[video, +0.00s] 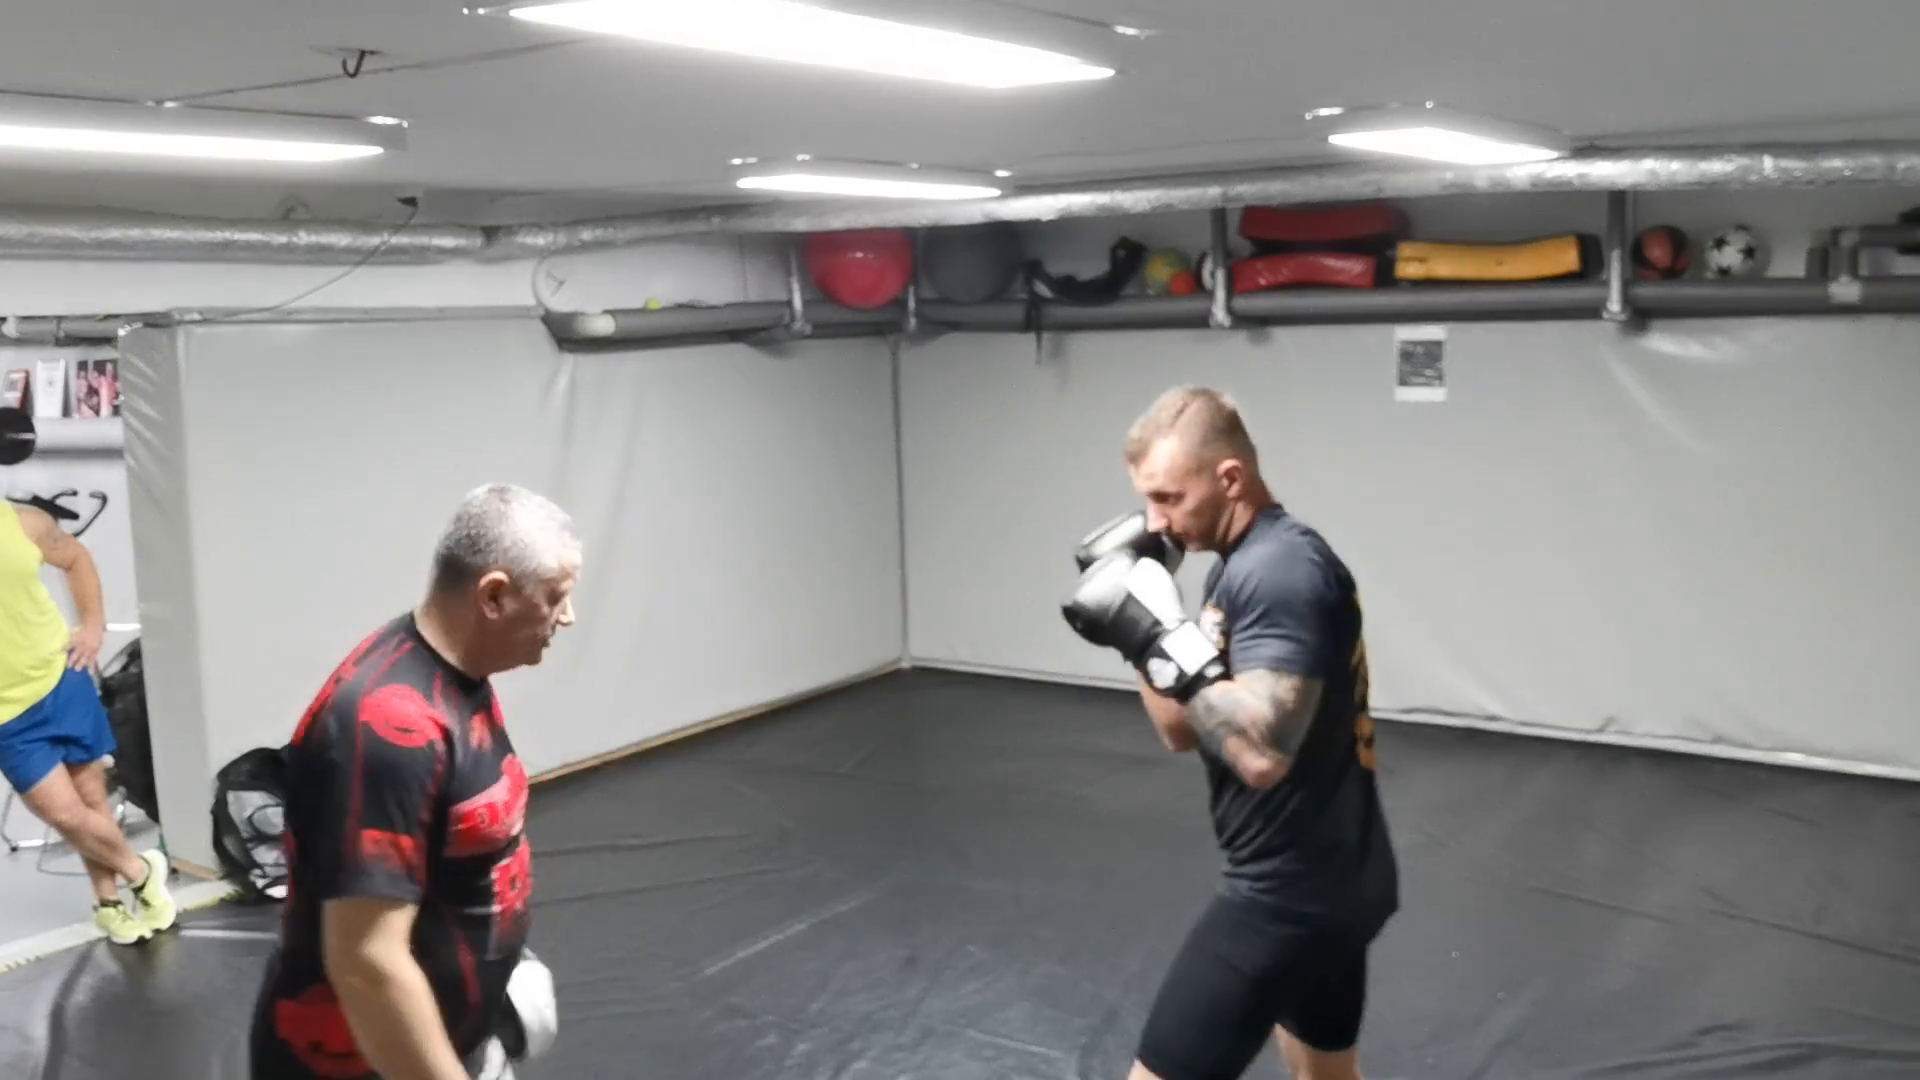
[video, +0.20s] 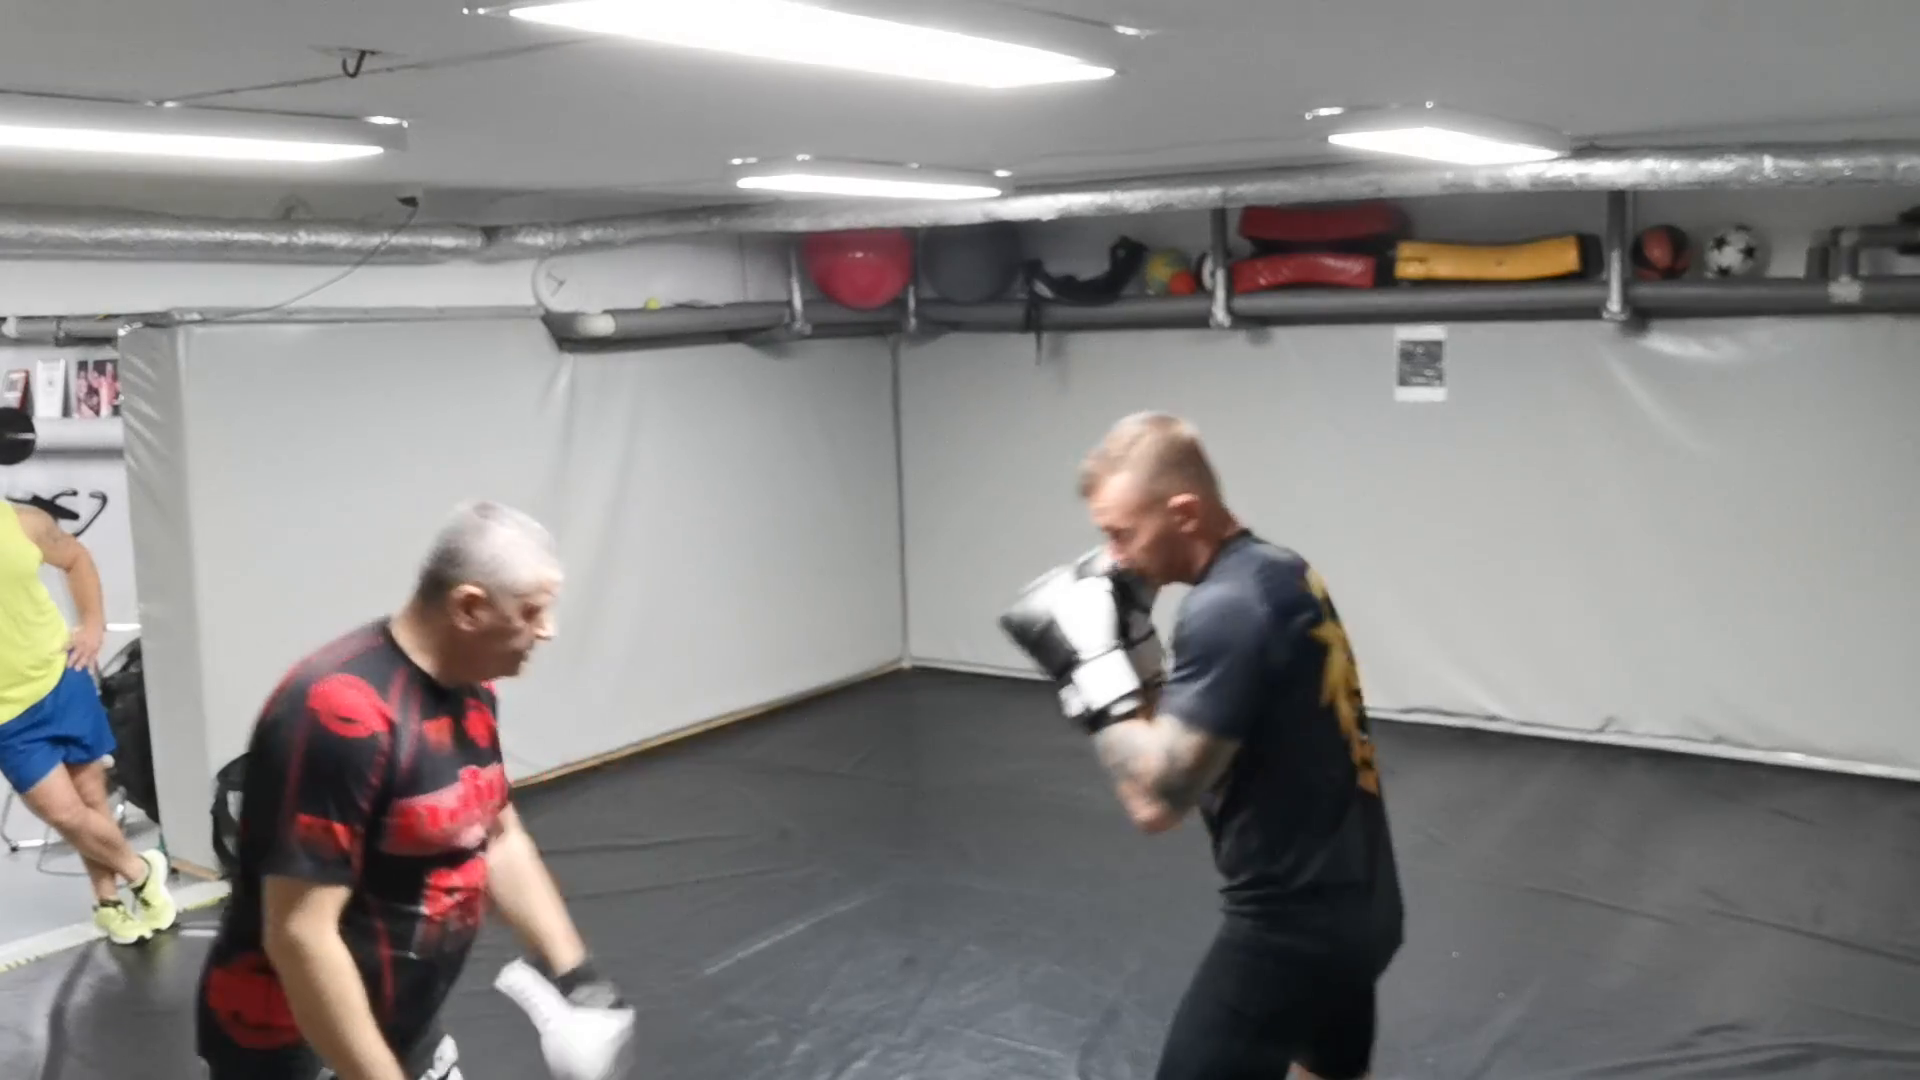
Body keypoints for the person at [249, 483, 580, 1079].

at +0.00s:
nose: (567, 618)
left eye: (568, 598)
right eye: (557, 598)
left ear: (494, 598)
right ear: (494, 597)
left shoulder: (455, 674)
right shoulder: (388, 720)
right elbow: (366, 960)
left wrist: (501, 961)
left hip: (440, 1035)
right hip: (362, 1060)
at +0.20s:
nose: (548, 633)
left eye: (548, 612)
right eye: (533, 613)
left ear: (470, 611)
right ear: (469, 609)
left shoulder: (466, 685)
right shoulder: (337, 712)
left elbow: (499, 835)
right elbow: (297, 931)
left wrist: (576, 977)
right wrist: (381, 1072)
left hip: (403, 1030)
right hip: (291, 1048)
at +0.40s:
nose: (451, 611)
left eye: (451, 589)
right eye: (433, 593)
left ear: (374, 591)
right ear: (362, 589)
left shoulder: (393, 669)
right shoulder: (250, 708)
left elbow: (506, 734)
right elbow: (239, 935)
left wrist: (630, 705)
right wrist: (338, 1072)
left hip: (370, 1036)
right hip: (260, 1056)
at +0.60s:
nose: (373, 624)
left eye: (371, 601)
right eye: (354, 605)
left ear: (281, 607)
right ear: (280, 606)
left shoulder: (298, 666)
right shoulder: (185, 731)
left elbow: (428, 682)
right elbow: (190, 962)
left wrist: (452, 580)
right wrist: (283, 1075)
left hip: (316, 1043)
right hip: (208, 1061)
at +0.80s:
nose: (339, 623)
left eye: (337, 600)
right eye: (314, 605)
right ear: (236, 605)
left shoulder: (291, 657)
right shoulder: (147, 727)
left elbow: (430, 688)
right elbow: (153, 965)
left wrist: (479, 612)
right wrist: (256, 1075)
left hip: (303, 1036)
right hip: (189, 1058)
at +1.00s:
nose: (251, 617)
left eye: (250, 593)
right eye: (224, 600)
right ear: (139, 603)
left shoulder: (252, 651)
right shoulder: (68, 751)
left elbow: (367, 701)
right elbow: (105, 982)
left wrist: (469, 704)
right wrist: (226, 1073)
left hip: (301, 1029)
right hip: (181, 1058)